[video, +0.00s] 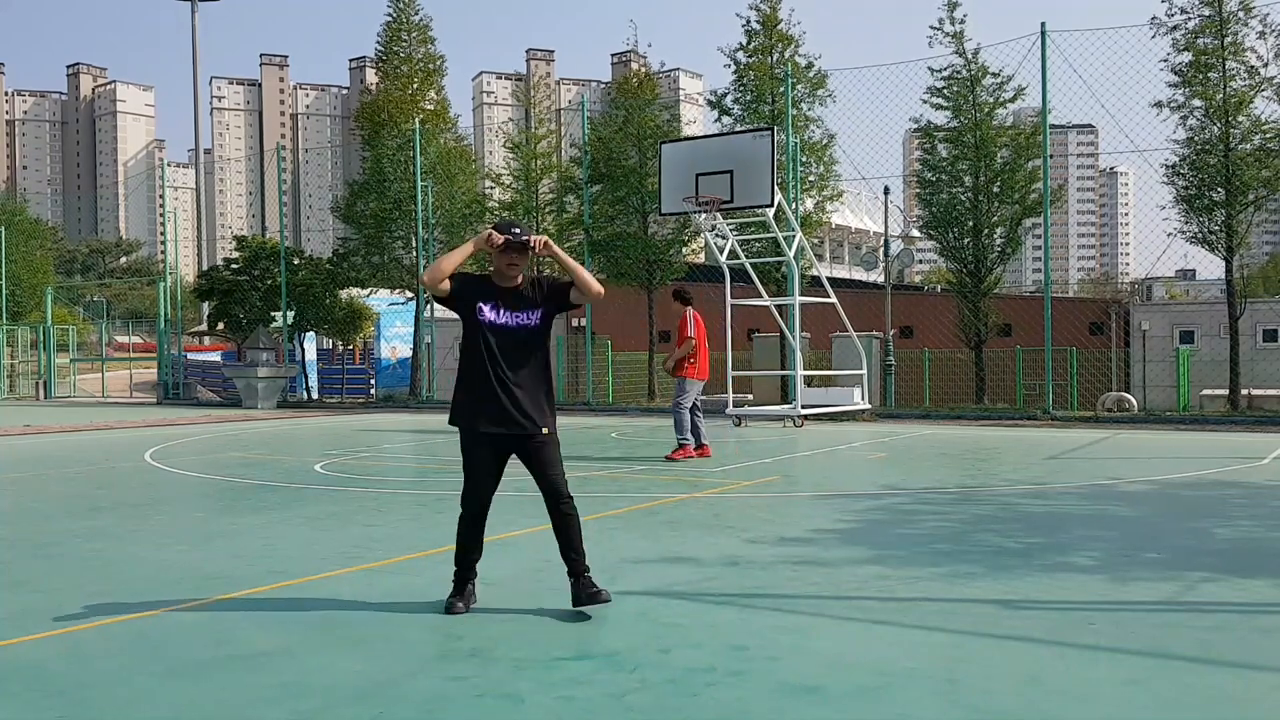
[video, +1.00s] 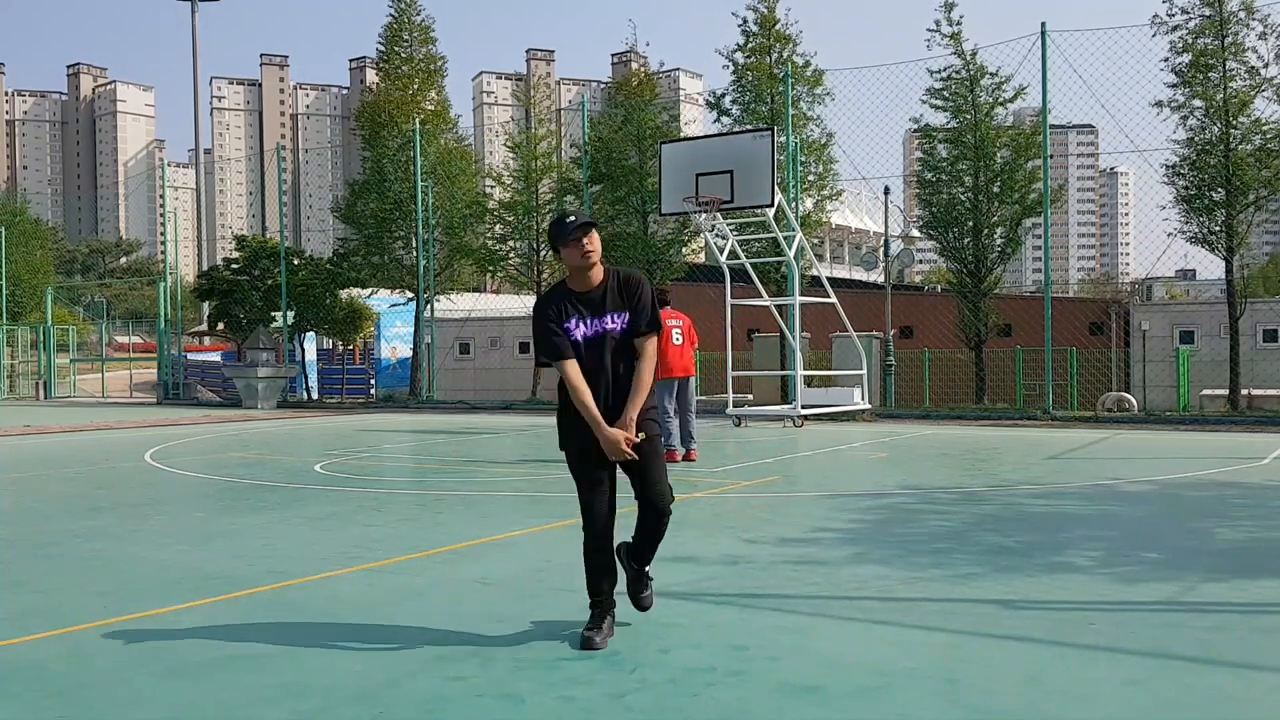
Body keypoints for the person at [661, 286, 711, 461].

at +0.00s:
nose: (672, 305)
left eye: (673, 301)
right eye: (672, 301)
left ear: (679, 301)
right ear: (687, 300)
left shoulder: (689, 316)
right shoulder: (694, 316)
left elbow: (690, 341)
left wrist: (673, 359)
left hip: (691, 372)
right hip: (698, 372)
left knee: (680, 406)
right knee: (694, 408)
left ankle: (685, 446)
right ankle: (702, 445)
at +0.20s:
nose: (664, 305)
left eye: (665, 302)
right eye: (664, 302)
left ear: (669, 302)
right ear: (681, 302)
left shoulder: (674, 317)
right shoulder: (690, 319)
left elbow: (672, 344)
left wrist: (661, 361)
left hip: (680, 373)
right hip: (694, 372)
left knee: (670, 411)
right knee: (690, 410)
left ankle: (671, 449)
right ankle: (702, 445)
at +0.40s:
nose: (655, 305)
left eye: (656, 302)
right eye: (656, 302)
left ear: (660, 302)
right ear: (673, 302)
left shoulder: (661, 317)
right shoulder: (686, 319)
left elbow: (658, 343)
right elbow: (691, 345)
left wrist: (651, 363)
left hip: (674, 368)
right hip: (692, 367)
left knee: (669, 409)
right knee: (687, 408)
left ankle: (671, 449)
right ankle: (696, 447)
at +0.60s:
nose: (653, 305)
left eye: (653, 301)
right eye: (654, 301)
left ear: (657, 302)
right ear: (671, 301)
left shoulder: (658, 317)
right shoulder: (684, 318)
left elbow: (656, 346)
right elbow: (693, 343)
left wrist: (653, 365)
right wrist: (686, 358)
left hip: (670, 366)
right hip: (691, 366)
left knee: (669, 409)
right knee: (688, 409)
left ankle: (671, 449)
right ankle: (691, 448)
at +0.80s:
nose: (652, 305)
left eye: (652, 302)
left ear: (655, 302)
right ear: (670, 301)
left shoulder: (655, 318)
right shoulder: (684, 318)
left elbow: (652, 347)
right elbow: (694, 344)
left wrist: (650, 367)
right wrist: (686, 359)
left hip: (668, 367)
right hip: (688, 367)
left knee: (667, 410)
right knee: (689, 410)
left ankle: (671, 449)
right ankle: (691, 449)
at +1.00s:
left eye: (656, 301)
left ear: (655, 302)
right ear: (670, 301)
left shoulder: (655, 319)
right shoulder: (684, 318)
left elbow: (651, 346)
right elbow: (695, 344)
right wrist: (681, 353)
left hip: (666, 367)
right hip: (687, 366)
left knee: (667, 411)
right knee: (688, 410)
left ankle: (671, 449)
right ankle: (691, 449)